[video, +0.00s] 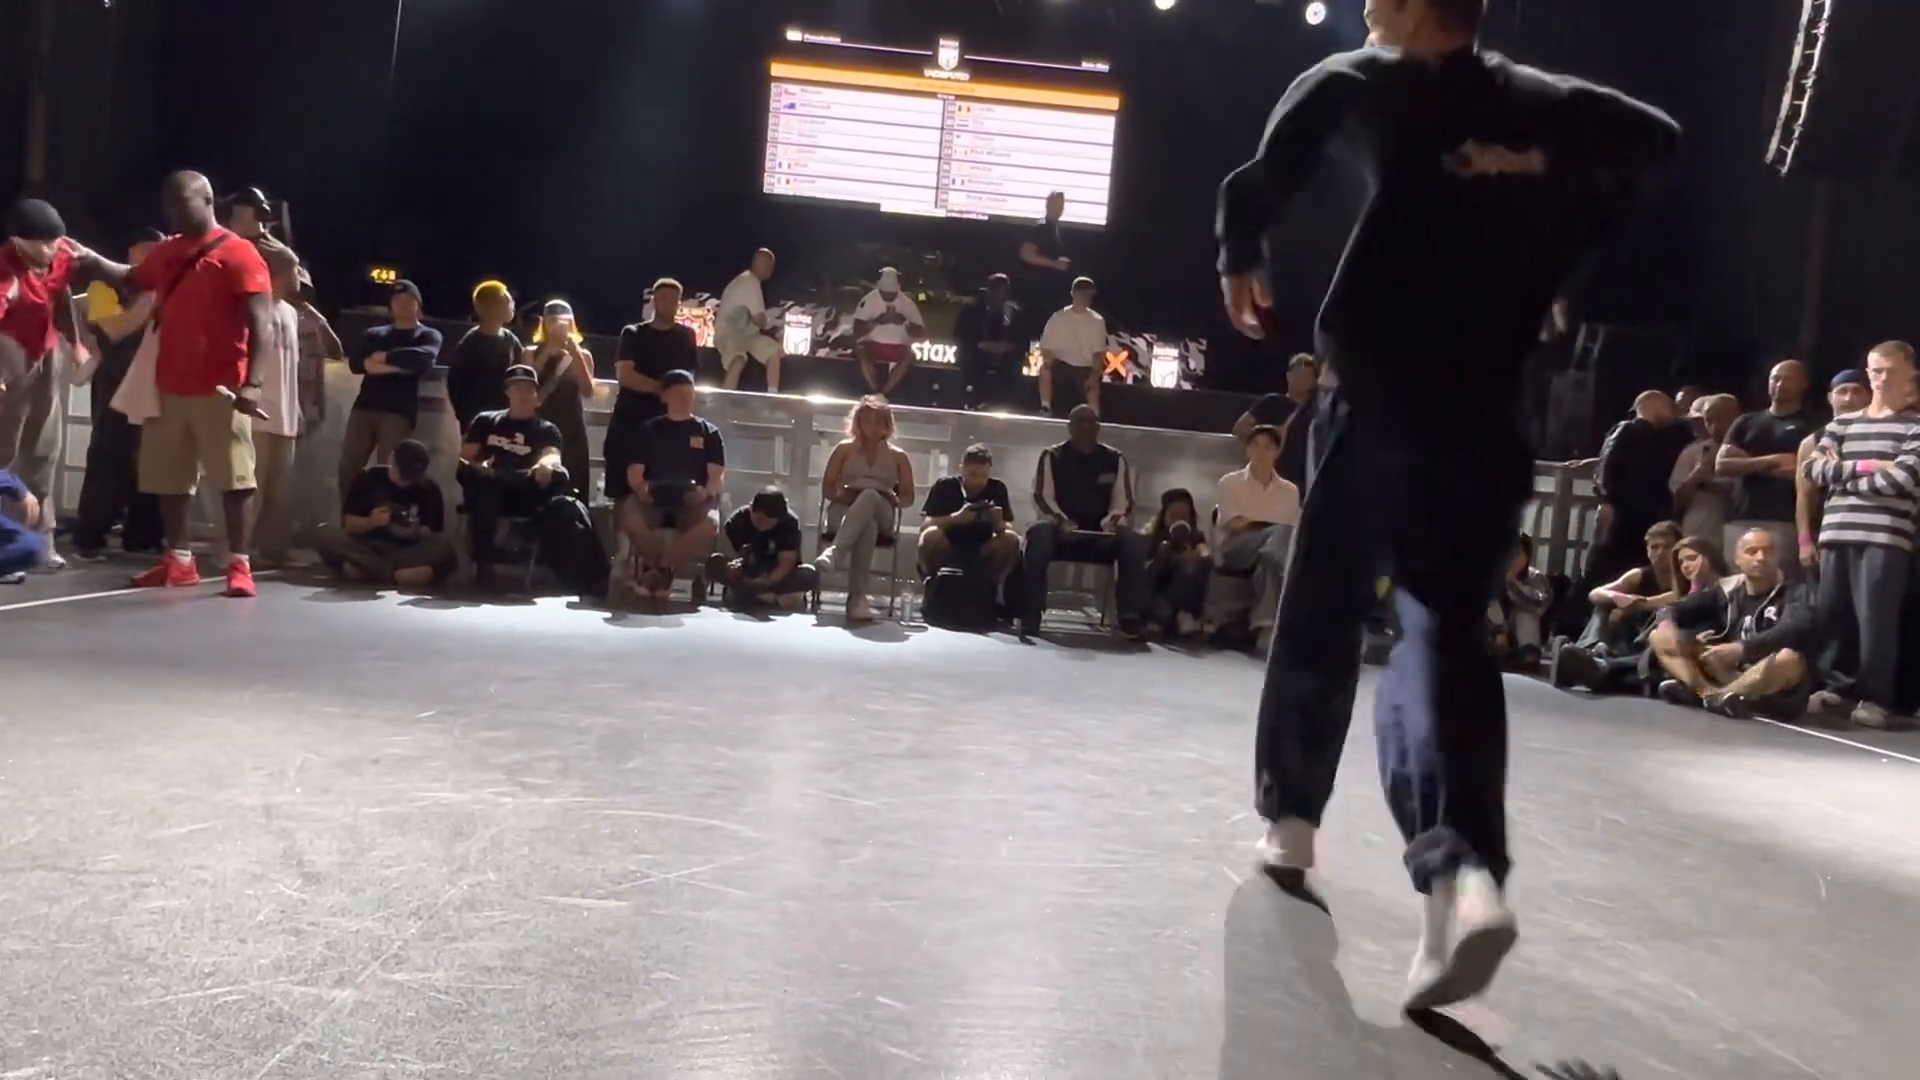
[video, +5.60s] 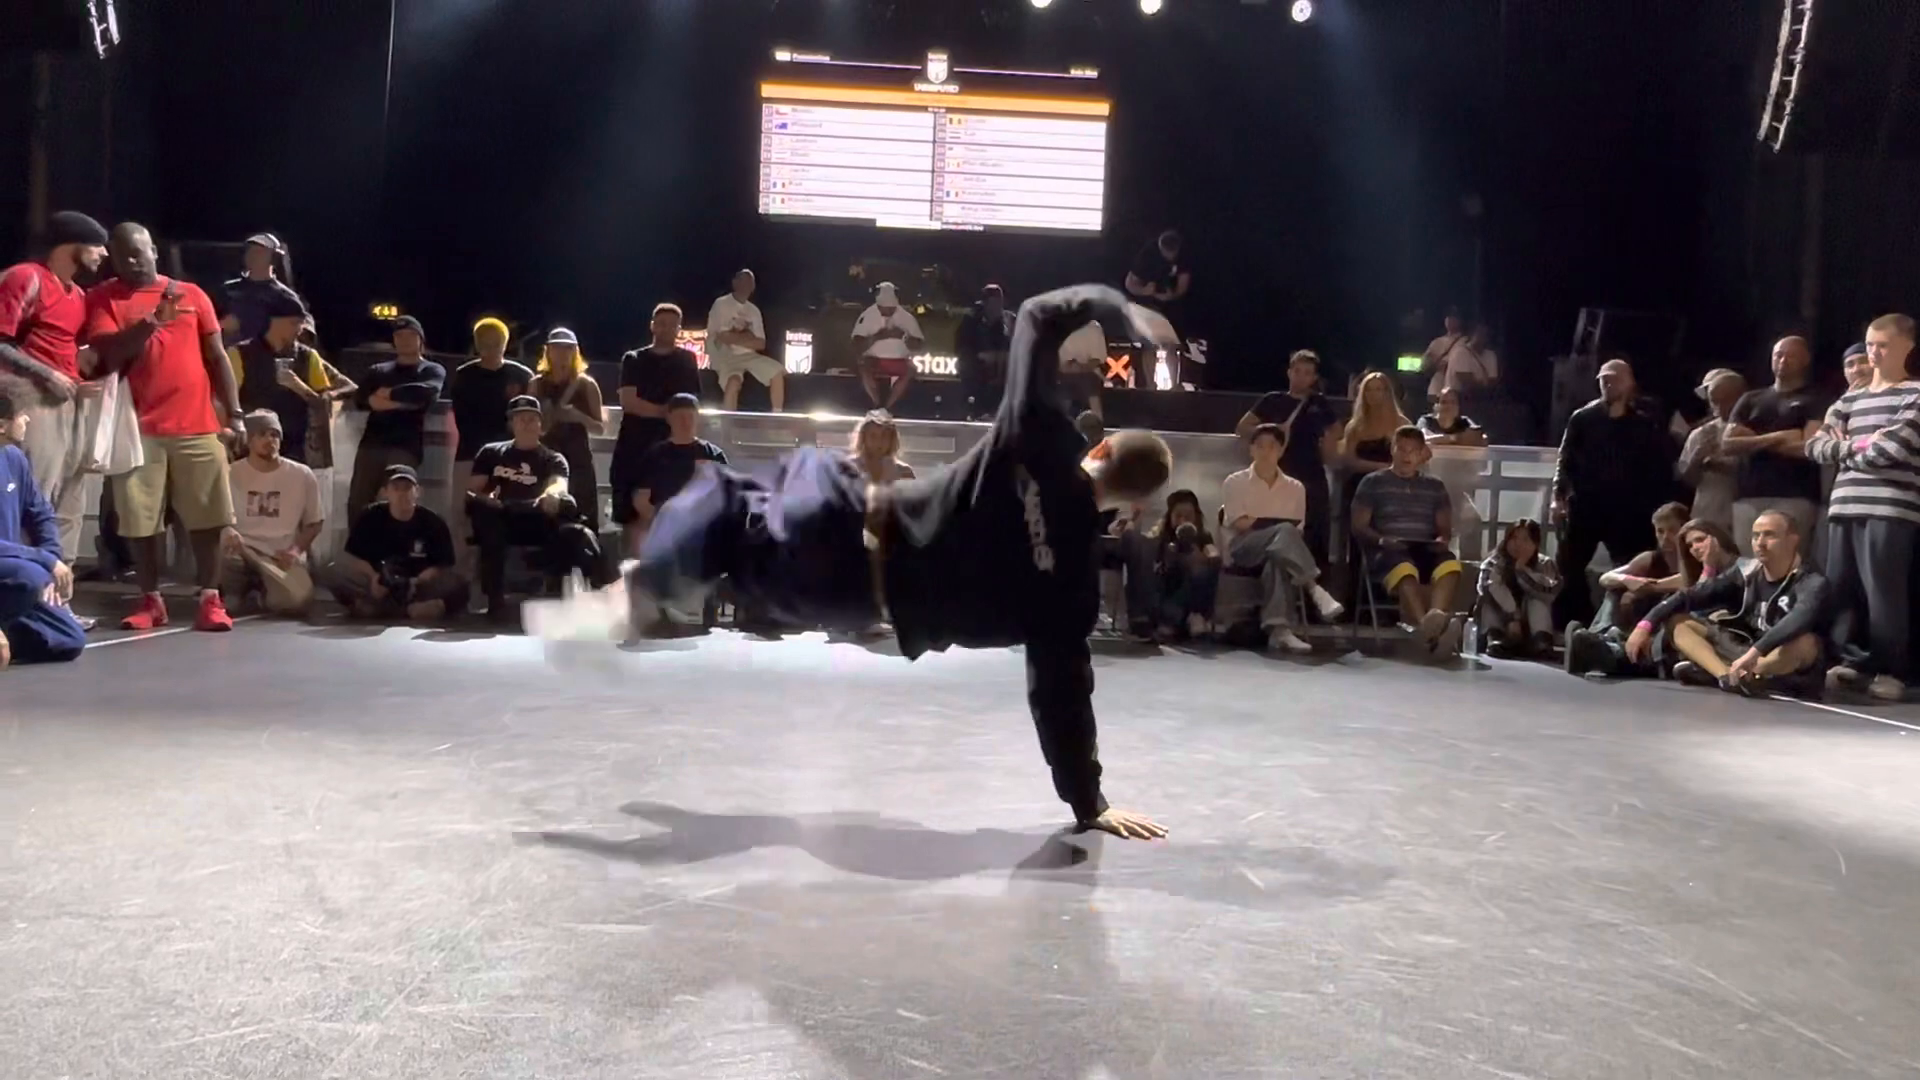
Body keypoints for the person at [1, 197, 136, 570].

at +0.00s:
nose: (54, 248)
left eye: (56, 240)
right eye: (46, 242)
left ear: (57, 237)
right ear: (21, 241)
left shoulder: (62, 253)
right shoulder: (8, 266)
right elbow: (5, 308)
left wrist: (76, 341)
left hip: (50, 357)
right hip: (11, 360)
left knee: (45, 450)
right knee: (8, 452)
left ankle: (41, 542)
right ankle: (8, 547)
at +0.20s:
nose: (46, 262)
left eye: (50, 253)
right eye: (37, 257)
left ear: (56, 241)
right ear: (13, 249)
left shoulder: (60, 258)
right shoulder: (6, 275)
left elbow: (68, 298)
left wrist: (79, 334)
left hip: (47, 352)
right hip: (9, 357)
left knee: (52, 440)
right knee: (7, 443)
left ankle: (59, 526)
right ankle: (9, 526)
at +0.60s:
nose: (73, 205)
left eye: (70, 198)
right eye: (65, 199)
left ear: (49, 209)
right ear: (44, 207)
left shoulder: (63, 249)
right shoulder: (8, 253)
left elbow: (60, 300)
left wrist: (73, 342)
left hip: (49, 355)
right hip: (9, 361)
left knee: (62, 444)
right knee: (6, 449)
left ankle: (70, 526)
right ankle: (7, 531)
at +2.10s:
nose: (89, 243)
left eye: (92, 236)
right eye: (84, 233)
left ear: (68, 229)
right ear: (58, 223)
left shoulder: (73, 272)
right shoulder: (14, 250)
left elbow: (66, 322)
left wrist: (70, 337)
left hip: (52, 380)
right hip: (10, 380)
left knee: (47, 485)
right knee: (6, 486)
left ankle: (32, 579)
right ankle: (4, 582)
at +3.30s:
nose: (78, 291)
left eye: (82, 285)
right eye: (73, 282)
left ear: (69, 280)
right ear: (50, 272)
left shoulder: (68, 322)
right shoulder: (11, 298)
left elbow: (69, 375)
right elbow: (4, 309)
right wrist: (4, 297)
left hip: (46, 425)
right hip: (7, 424)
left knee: (42, 525)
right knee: (6, 521)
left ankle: (27, 622)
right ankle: (8, 621)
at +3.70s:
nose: (75, 289)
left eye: (77, 282)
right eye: (70, 281)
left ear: (58, 280)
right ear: (45, 275)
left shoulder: (67, 324)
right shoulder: (8, 304)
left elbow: (64, 379)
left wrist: (56, 414)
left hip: (47, 428)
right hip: (8, 428)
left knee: (47, 525)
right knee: (7, 524)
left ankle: (33, 623)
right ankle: (9, 623)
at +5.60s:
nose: (103, 254)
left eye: (103, 247)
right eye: (96, 246)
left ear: (77, 248)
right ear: (72, 244)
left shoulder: (79, 296)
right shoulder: (25, 278)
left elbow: (66, 352)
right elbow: (4, 342)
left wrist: (88, 367)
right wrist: (50, 375)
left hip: (71, 401)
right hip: (32, 403)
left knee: (70, 499)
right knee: (34, 496)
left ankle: (58, 592)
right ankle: (29, 588)